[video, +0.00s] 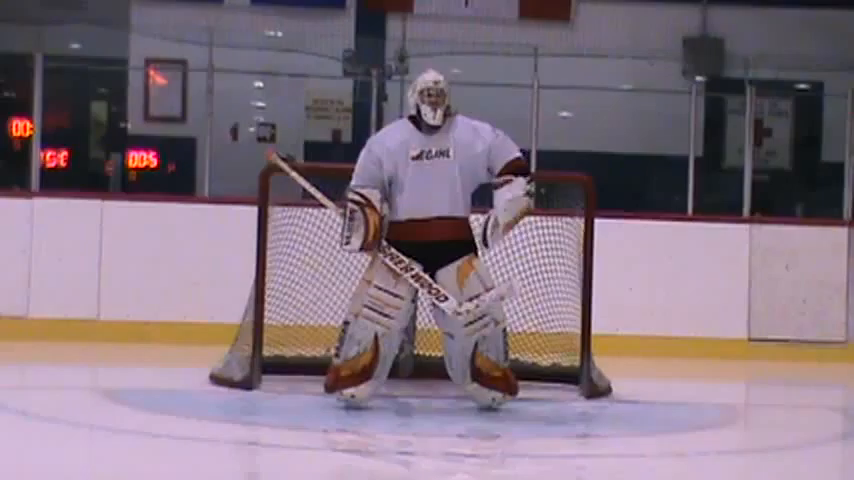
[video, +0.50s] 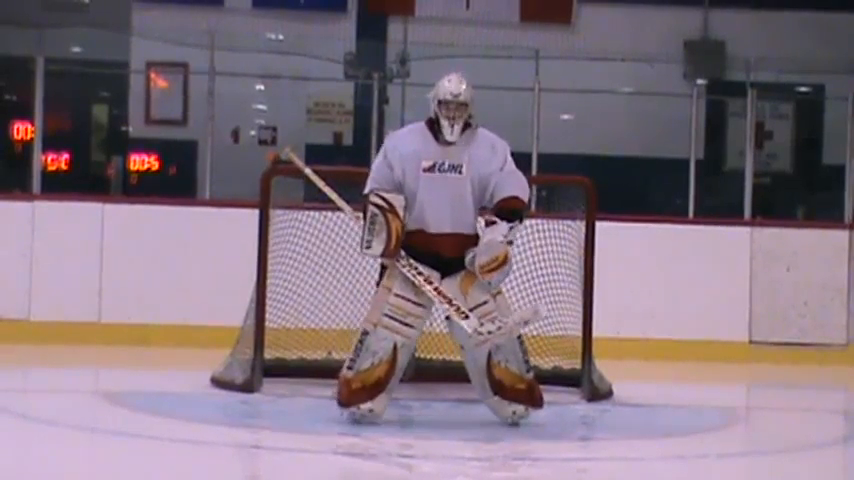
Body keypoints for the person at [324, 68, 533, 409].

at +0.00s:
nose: (434, 102)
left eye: (439, 96)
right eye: (427, 96)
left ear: (448, 98)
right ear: (415, 99)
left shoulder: (475, 135)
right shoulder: (387, 141)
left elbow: (512, 167)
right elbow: (364, 190)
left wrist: (507, 211)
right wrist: (361, 222)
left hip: (455, 244)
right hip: (400, 244)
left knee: (477, 314)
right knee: (375, 312)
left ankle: (489, 386)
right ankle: (354, 384)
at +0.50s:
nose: (453, 114)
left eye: (459, 107)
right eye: (447, 107)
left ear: (470, 109)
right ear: (434, 106)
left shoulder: (489, 148)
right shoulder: (402, 145)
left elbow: (514, 194)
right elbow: (380, 195)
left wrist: (498, 232)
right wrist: (381, 229)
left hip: (469, 265)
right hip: (410, 262)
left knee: (494, 335)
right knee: (388, 332)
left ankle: (513, 404)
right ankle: (365, 401)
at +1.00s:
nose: (452, 116)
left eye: (459, 109)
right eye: (446, 108)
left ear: (471, 110)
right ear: (433, 108)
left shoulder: (504, 152)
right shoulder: (401, 151)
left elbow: (532, 205)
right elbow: (384, 203)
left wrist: (522, 240)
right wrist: (380, 226)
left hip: (475, 268)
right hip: (414, 266)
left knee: (501, 340)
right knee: (385, 336)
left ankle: (524, 412)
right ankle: (358, 407)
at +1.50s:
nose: (474, 201)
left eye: (482, 195)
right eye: (467, 194)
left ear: (493, 192)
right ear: (453, 187)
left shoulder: (513, 217)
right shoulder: (421, 206)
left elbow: (502, 269)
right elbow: (405, 256)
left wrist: (478, 286)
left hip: (475, 281)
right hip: (424, 276)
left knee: (506, 340)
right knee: (403, 333)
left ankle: (535, 413)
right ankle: (368, 409)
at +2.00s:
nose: (477, 201)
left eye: (484, 195)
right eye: (470, 194)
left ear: (496, 193)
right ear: (456, 187)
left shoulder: (516, 218)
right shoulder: (425, 206)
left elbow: (503, 274)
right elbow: (409, 255)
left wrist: (478, 293)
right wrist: (434, 289)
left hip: (478, 281)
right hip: (425, 274)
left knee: (507, 339)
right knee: (402, 333)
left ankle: (535, 414)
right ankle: (368, 411)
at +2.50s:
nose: (475, 115)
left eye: (481, 108)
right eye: (468, 107)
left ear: (492, 110)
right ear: (454, 108)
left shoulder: (511, 154)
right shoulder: (423, 147)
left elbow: (534, 203)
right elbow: (395, 197)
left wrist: (557, 205)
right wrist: (391, 229)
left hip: (486, 266)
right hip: (430, 262)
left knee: (517, 342)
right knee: (397, 338)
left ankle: (539, 416)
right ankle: (368, 414)